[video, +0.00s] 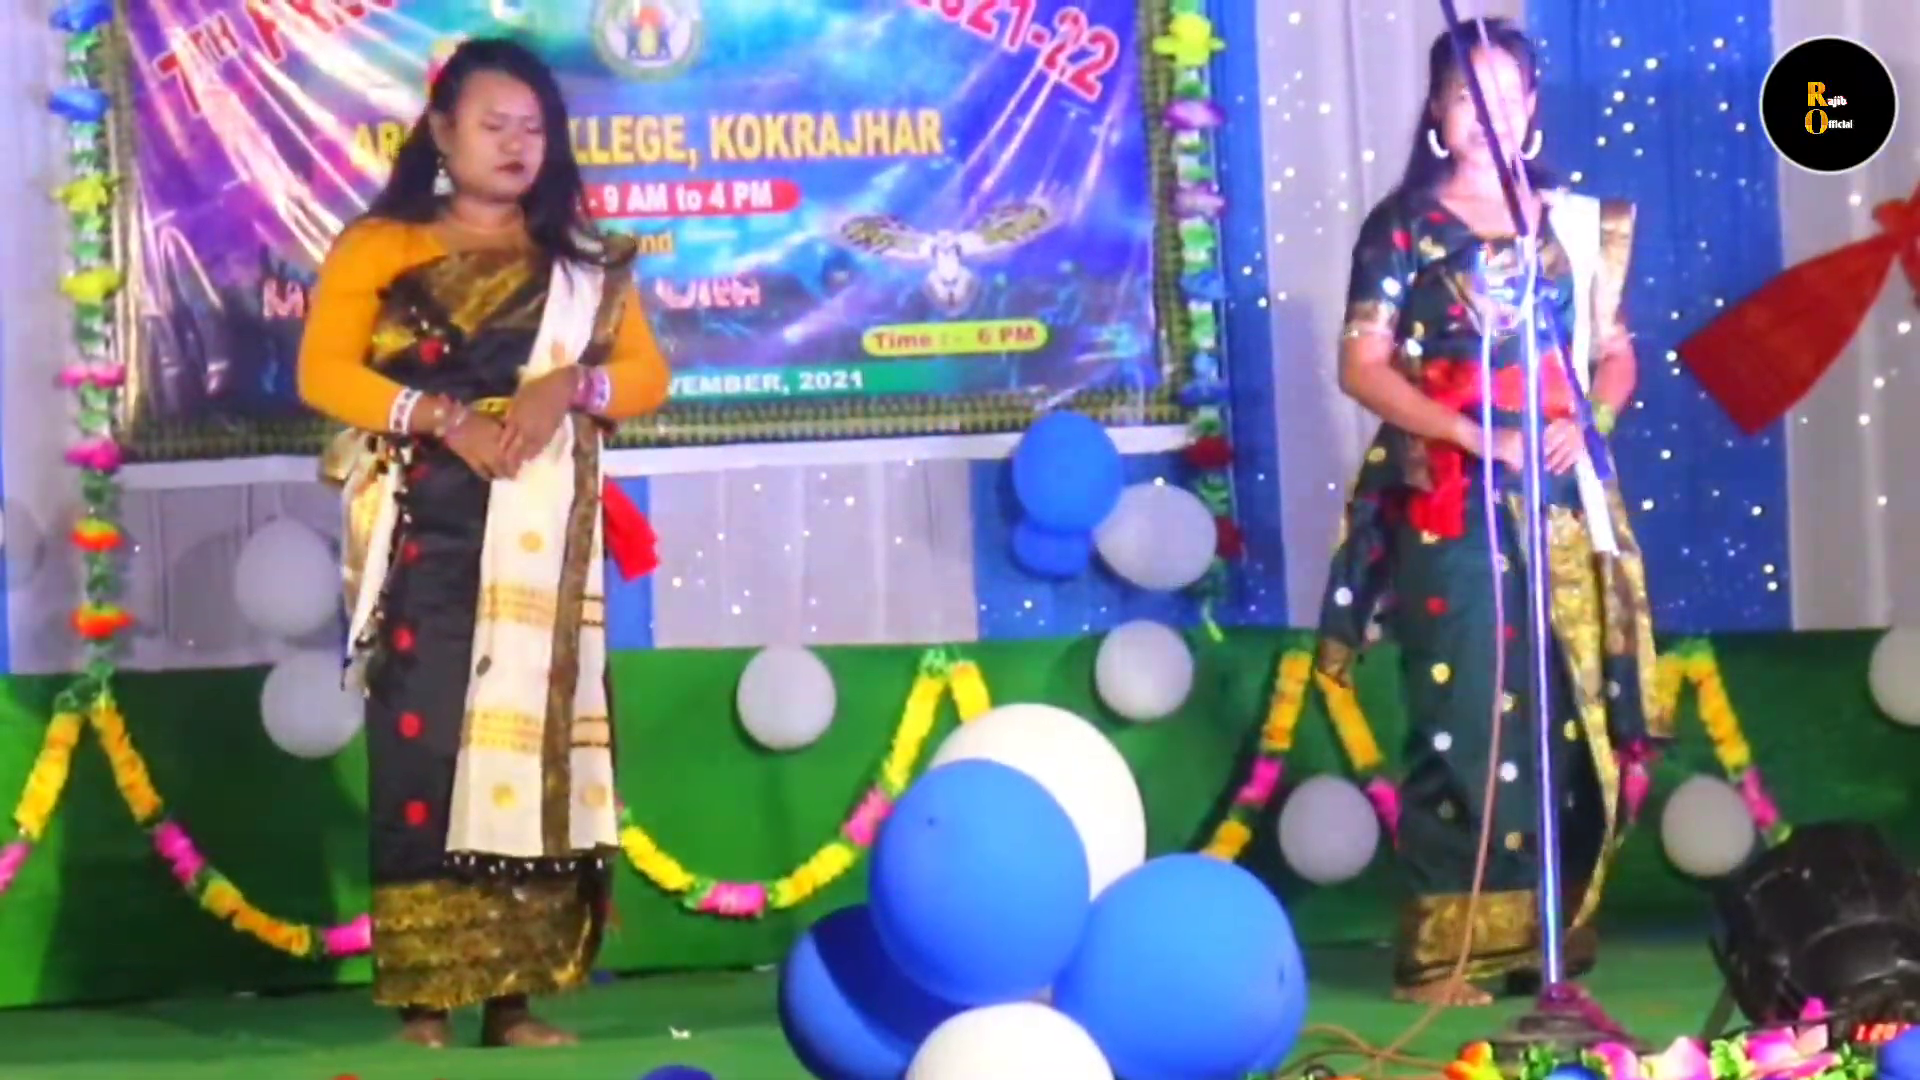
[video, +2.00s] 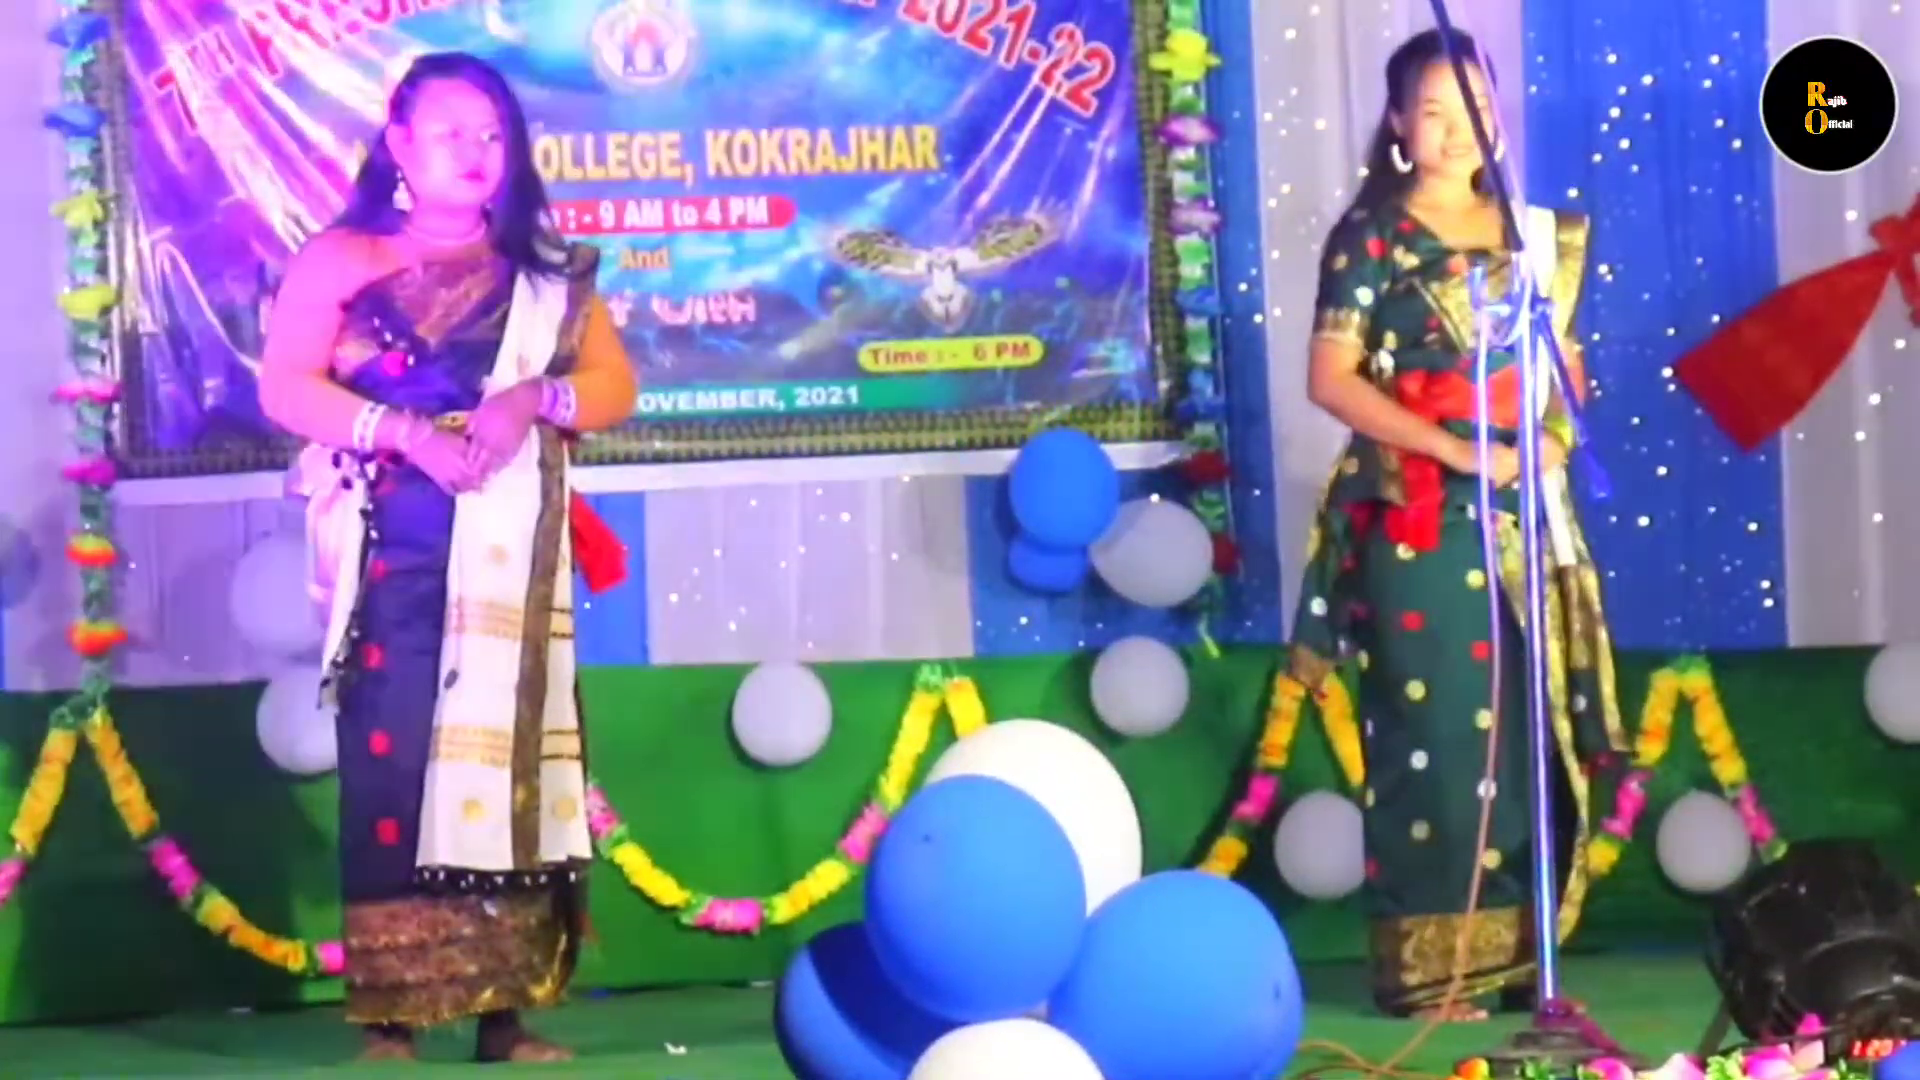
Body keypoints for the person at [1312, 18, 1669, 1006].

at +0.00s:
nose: (1485, 114)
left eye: (1502, 95)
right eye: (1466, 96)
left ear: (1531, 104)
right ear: (1437, 110)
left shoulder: (1569, 222)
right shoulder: (1403, 226)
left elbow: (1615, 356)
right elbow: (1360, 365)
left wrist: (1583, 422)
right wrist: (1471, 433)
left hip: (1558, 503)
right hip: (1451, 503)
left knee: (1568, 712)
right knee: (1457, 716)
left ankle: (1558, 950)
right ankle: (1442, 953)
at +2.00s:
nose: (1446, 130)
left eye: (1463, 113)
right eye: (1428, 113)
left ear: (1489, 121)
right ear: (1399, 124)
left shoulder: (1527, 230)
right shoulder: (1369, 234)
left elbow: (1562, 366)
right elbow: (1330, 380)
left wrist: (1556, 398)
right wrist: (1452, 447)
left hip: (1523, 512)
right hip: (1419, 518)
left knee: (1532, 726)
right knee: (1436, 729)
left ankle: (1521, 961)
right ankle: (1428, 966)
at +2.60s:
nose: (1455, 131)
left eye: (1468, 113)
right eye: (1434, 114)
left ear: (1489, 121)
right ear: (1398, 125)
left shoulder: (1527, 233)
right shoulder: (1367, 239)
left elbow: (1568, 395)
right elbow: (1328, 385)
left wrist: (1561, 312)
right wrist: (1454, 451)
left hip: (1531, 511)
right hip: (1425, 516)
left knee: (1538, 726)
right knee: (1440, 727)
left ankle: (1532, 966)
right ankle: (1438, 967)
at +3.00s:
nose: (1454, 122)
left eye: (1469, 104)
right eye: (1434, 104)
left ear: (1490, 114)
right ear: (1397, 117)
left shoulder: (1522, 228)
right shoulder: (1370, 235)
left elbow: (1568, 387)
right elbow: (1331, 368)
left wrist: (1562, 323)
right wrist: (1463, 429)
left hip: (1524, 515)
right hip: (1421, 517)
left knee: (1533, 728)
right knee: (1438, 730)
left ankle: (1525, 963)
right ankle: (1434, 967)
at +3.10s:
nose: (1455, 122)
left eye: (1470, 104)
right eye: (1436, 105)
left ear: (1491, 113)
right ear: (1399, 117)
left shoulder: (1520, 227)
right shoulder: (1372, 230)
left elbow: (1570, 375)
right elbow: (1334, 356)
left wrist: (1559, 329)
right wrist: (1465, 406)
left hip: (1524, 509)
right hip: (1422, 512)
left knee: (1527, 725)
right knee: (1440, 724)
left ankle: (1523, 960)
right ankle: (1434, 962)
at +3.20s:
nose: (1458, 120)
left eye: (1472, 102)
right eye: (1440, 103)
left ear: (1494, 111)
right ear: (1405, 115)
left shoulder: (1520, 225)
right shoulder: (1383, 226)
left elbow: (1564, 364)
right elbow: (1352, 361)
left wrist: (1551, 293)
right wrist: (1480, 415)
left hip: (1523, 502)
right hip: (1428, 507)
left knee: (1524, 722)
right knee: (1440, 722)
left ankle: (1517, 955)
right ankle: (1430, 964)